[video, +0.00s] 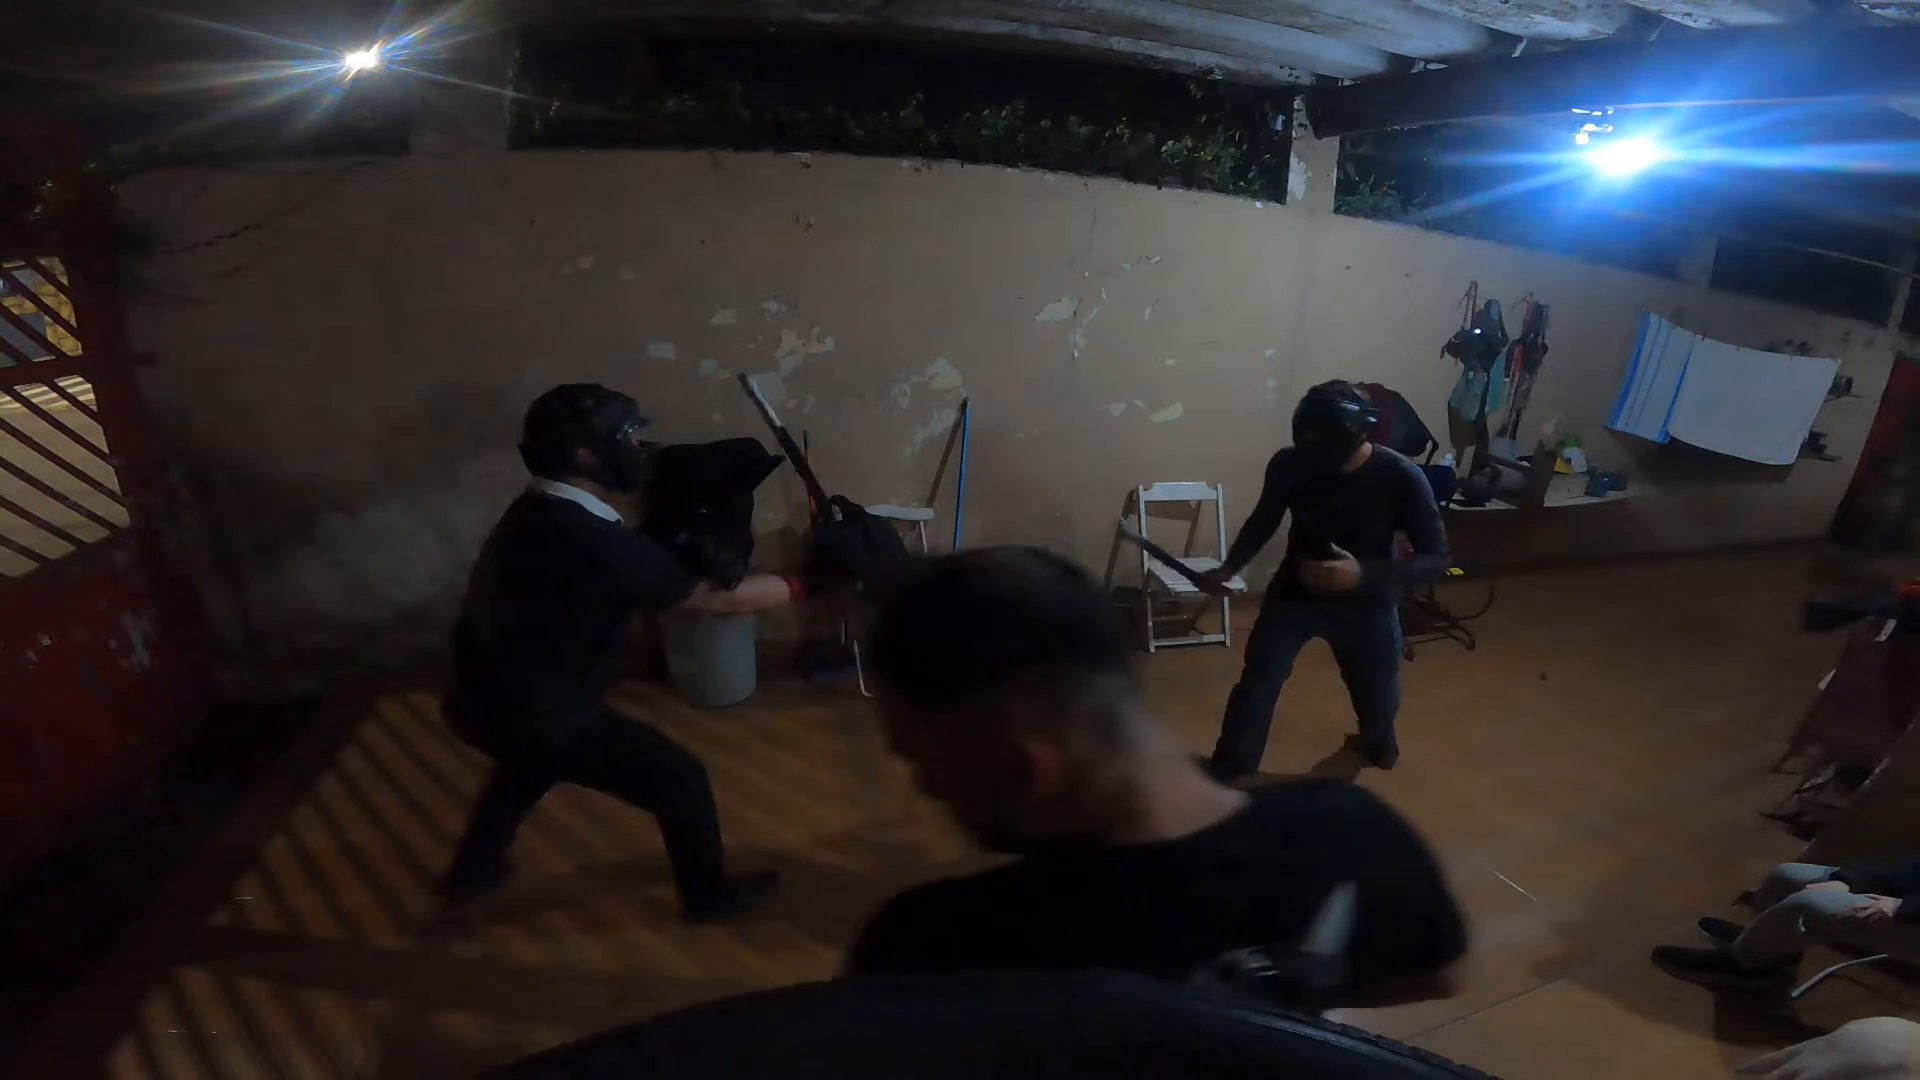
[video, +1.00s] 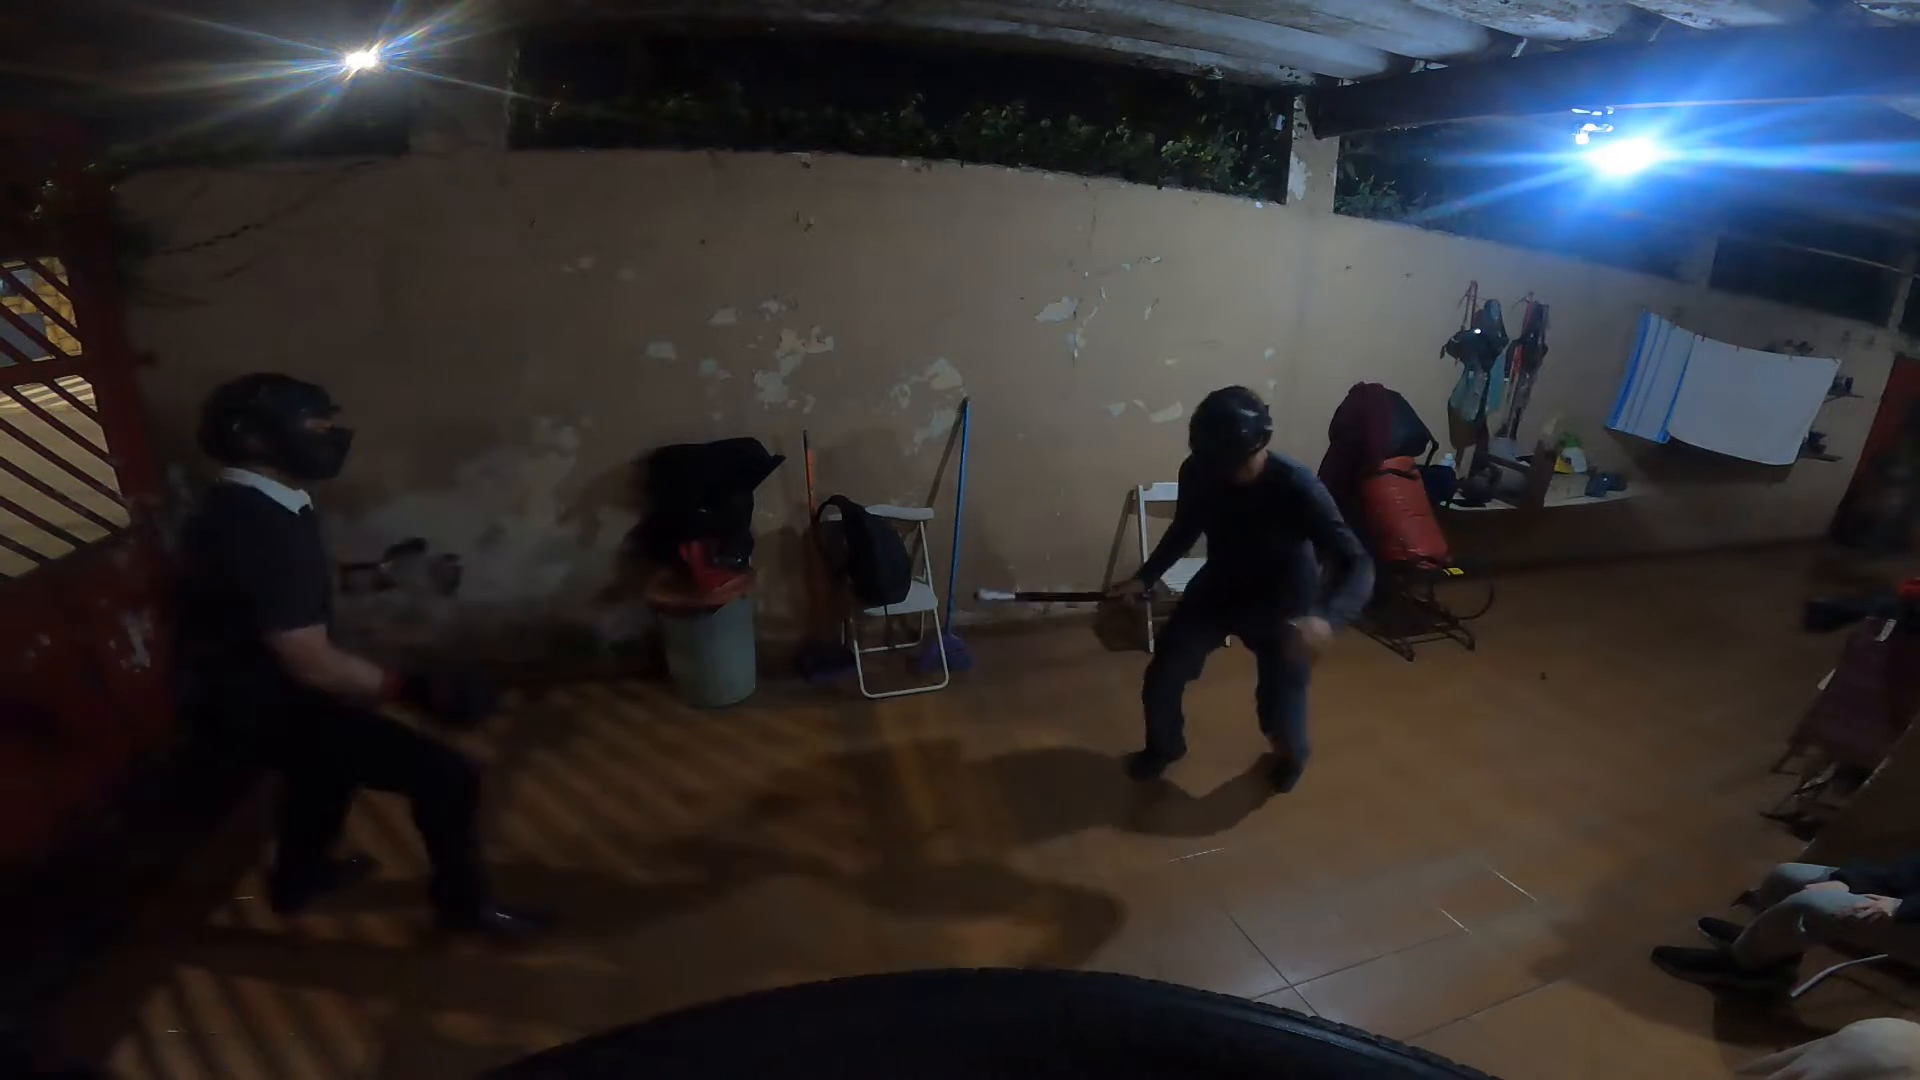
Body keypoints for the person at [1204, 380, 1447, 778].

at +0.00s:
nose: (1312, 460)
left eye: (1321, 452)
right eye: (1307, 450)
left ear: (1352, 441)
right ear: (1302, 438)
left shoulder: (1403, 479)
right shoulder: (1290, 467)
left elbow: (1434, 561)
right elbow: (1264, 521)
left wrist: (1364, 574)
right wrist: (1229, 567)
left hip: (1367, 603)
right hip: (1295, 593)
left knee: (1378, 693)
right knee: (1259, 678)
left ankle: (1380, 743)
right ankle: (1230, 769)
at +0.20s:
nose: (1321, 465)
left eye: (1332, 458)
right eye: (1316, 453)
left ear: (1366, 448)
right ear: (1309, 441)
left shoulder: (1402, 489)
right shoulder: (1292, 468)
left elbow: (1430, 568)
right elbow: (1256, 518)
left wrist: (1385, 585)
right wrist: (1208, 566)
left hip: (1352, 605)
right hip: (1284, 591)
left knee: (1352, 702)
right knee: (1239, 687)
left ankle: (1341, 741)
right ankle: (1228, 763)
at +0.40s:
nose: (1327, 466)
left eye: (1338, 460)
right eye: (1322, 456)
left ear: (1369, 450)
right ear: (1315, 439)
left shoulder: (1400, 492)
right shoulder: (1291, 464)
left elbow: (1416, 578)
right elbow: (1261, 515)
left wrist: (1360, 584)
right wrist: (1219, 566)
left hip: (1345, 605)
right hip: (1277, 591)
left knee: (1342, 701)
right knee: (1239, 687)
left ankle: (1340, 743)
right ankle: (1229, 764)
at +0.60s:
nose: (1296, 460)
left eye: (1304, 452)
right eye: (1291, 450)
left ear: (1329, 440)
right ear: (1288, 440)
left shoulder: (1377, 482)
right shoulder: (1276, 463)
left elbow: (1417, 566)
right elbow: (1250, 514)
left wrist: (1362, 604)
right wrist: (1206, 560)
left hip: (1339, 598)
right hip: (1274, 585)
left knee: (1341, 701)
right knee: (1216, 675)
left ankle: (1338, 741)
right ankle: (1216, 760)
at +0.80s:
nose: (1217, 466)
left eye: (1223, 457)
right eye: (1214, 458)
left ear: (1257, 445)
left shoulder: (1309, 481)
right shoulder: (1230, 480)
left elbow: (1394, 542)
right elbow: (1218, 534)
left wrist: (1402, 616)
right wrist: (1166, 573)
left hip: (1318, 607)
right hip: (1257, 596)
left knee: (1329, 698)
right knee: (1198, 662)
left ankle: (1340, 746)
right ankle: (1161, 748)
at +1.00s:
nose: (1228, 471)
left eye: (1236, 461)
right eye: (1219, 461)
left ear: (1259, 448)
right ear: (1207, 452)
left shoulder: (1295, 485)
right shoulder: (1199, 473)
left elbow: (1357, 563)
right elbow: (1185, 528)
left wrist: (1329, 617)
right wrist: (1146, 577)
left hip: (1282, 599)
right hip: (1219, 589)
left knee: (1280, 714)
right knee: (1161, 681)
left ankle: (1292, 758)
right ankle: (1164, 747)